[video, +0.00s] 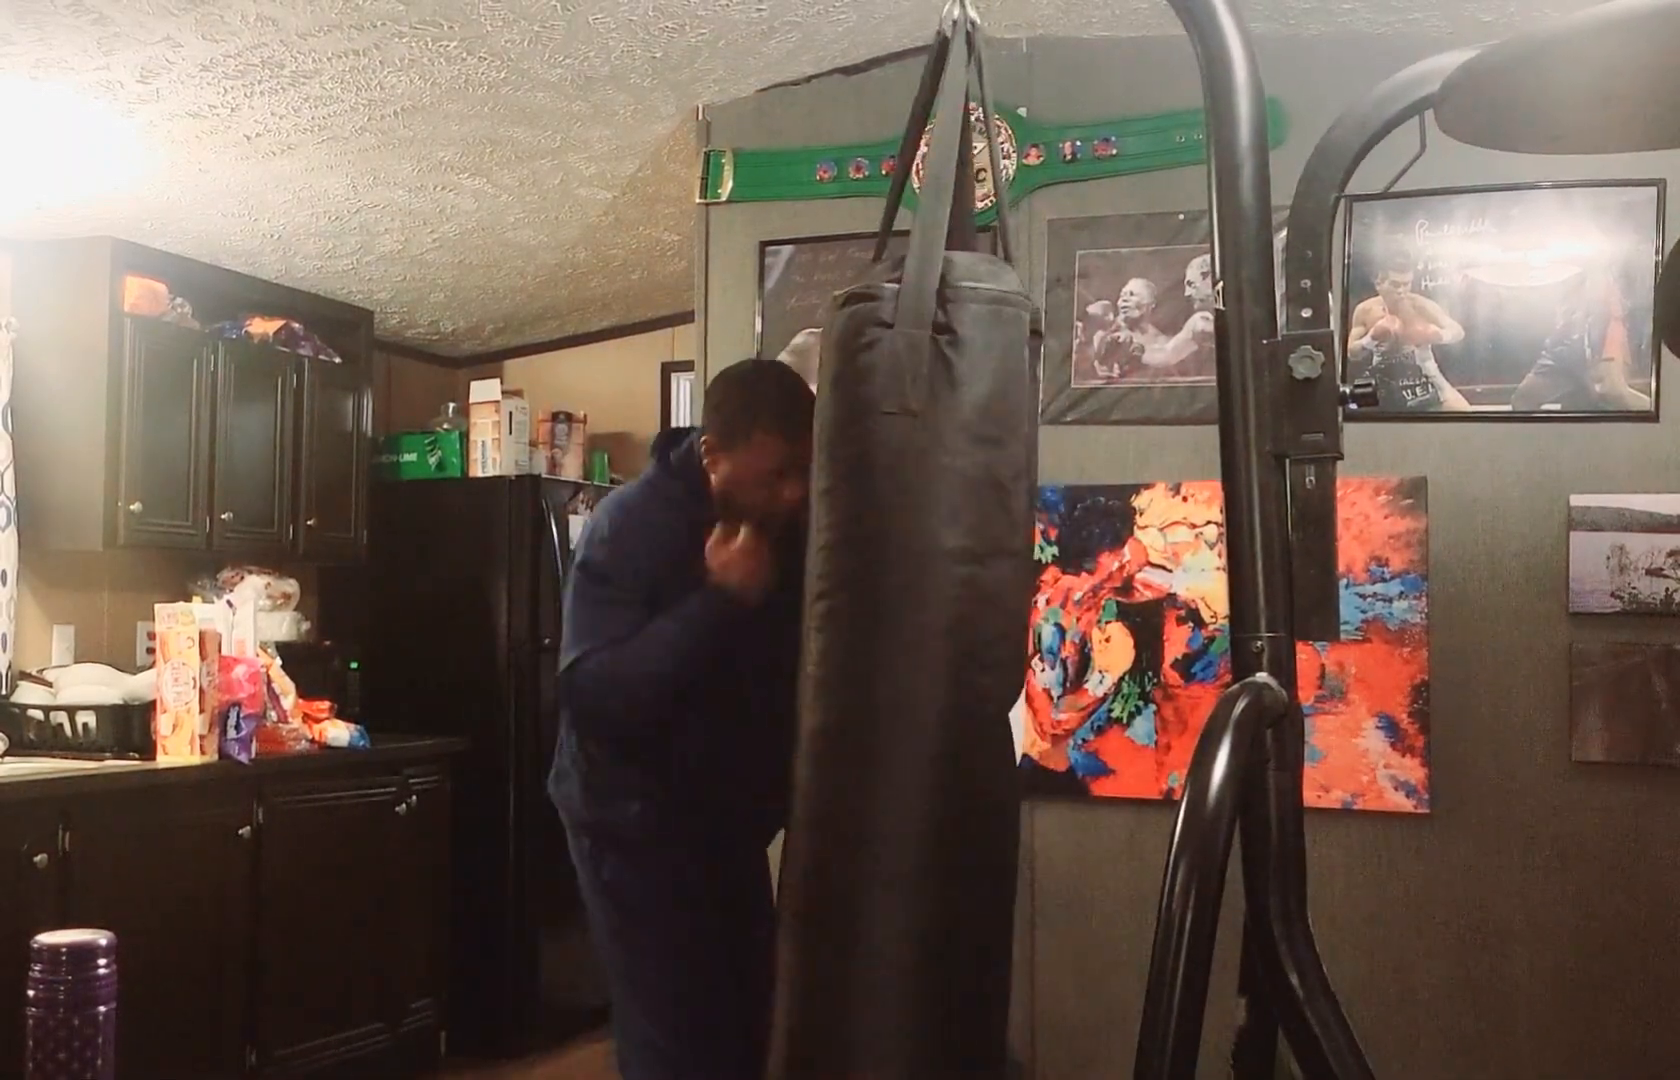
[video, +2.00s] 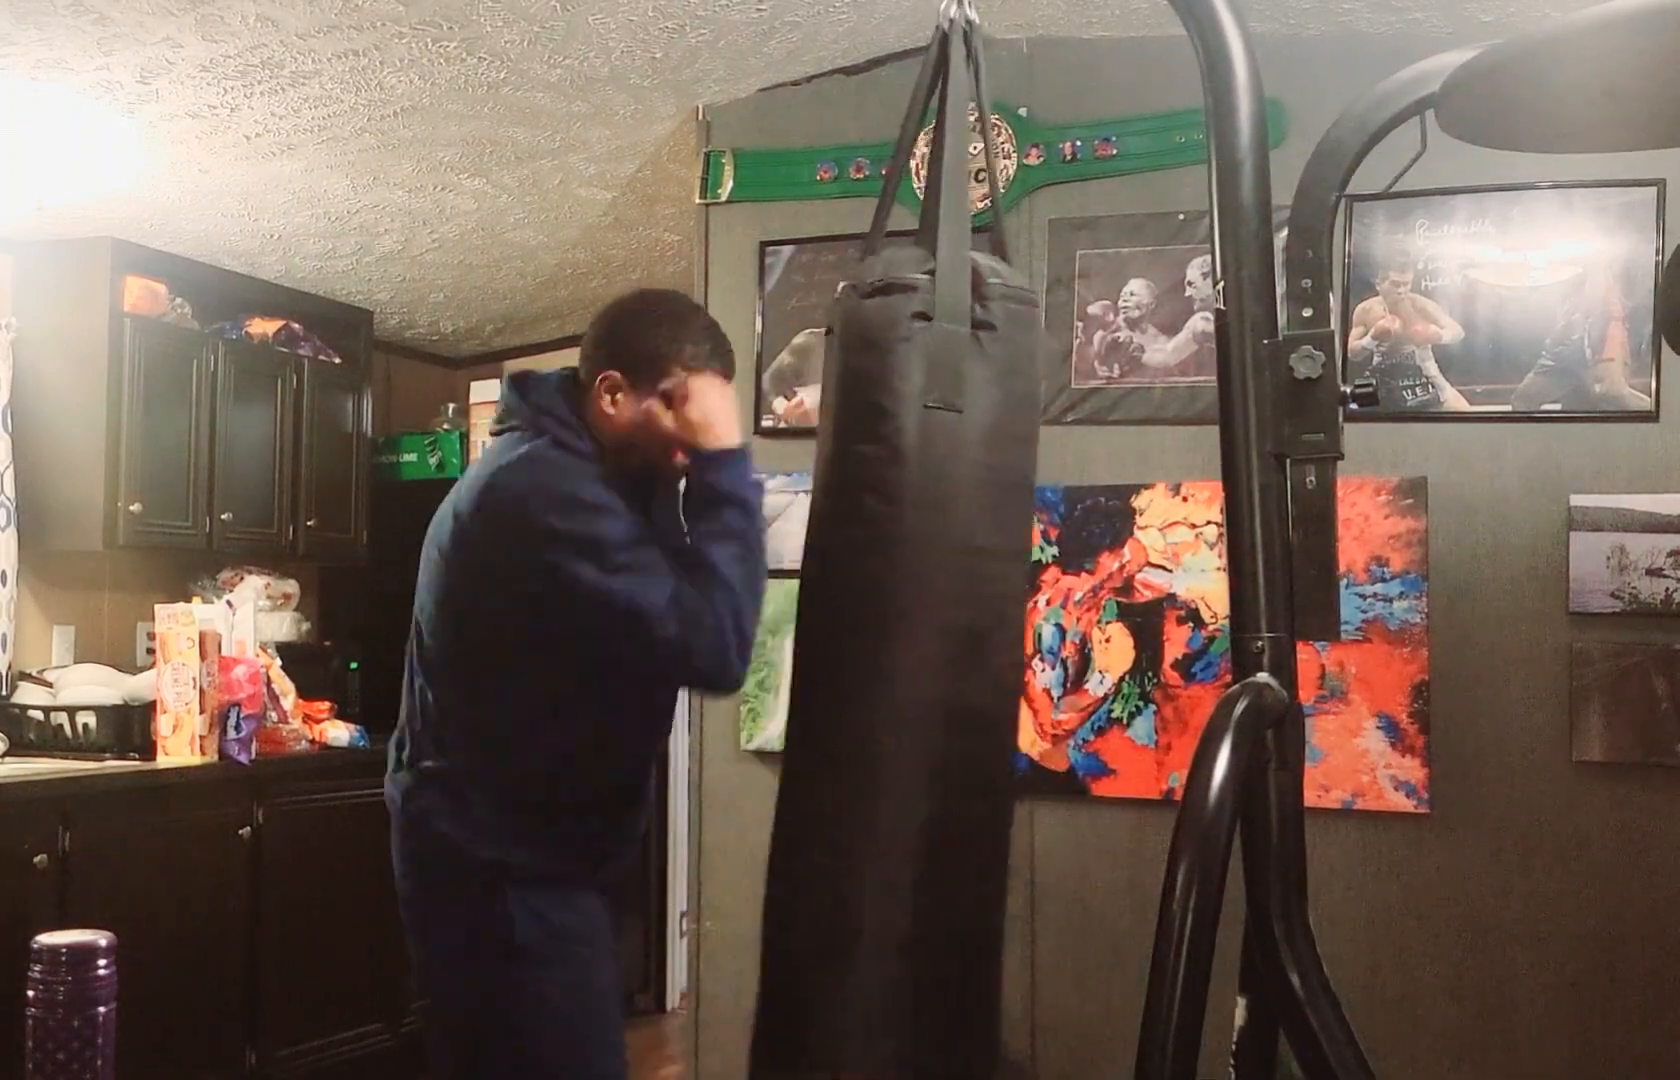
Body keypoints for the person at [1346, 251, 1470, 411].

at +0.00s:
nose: (1402, 291)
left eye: (1406, 285)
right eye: (1395, 285)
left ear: (1411, 282)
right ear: (1379, 283)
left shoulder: (1422, 305)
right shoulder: (1365, 310)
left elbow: (1457, 331)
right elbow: (1352, 353)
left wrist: (1435, 335)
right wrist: (1373, 338)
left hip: (1428, 381)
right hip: (1386, 384)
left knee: (1466, 415)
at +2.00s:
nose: (1402, 291)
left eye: (1406, 285)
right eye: (1395, 285)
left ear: (1411, 283)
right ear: (1379, 284)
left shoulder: (1421, 305)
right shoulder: (1365, 311)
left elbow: (1457, 331)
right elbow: (1352, 354)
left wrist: (1436, 335)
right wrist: (1374, 337)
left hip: (1428, 382)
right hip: (1385, 386)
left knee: (1468, 418)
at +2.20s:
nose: (1402, 291)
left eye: (1406, 285)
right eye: (1395, 285)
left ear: (1411, 283)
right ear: (1379, 284)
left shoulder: (1421, 305)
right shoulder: (1365, 311)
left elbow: (1457, 332)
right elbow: (1353, 355)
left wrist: (1435, 335)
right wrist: (1373, 338)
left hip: (1428, 382)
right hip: (1385, 386)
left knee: (1467, 417)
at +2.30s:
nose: (1402, 291)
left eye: (1406, 285)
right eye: (1395, 285)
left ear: (1411, 283)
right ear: (1379, 283)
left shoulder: (1421, 305)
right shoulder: (1365, 311)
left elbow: (1457, 331)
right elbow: (1352, 354)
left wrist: (1435, 335)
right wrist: (1373, 338)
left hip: (1428, 383)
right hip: (1385, 387)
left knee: (1469, 418)